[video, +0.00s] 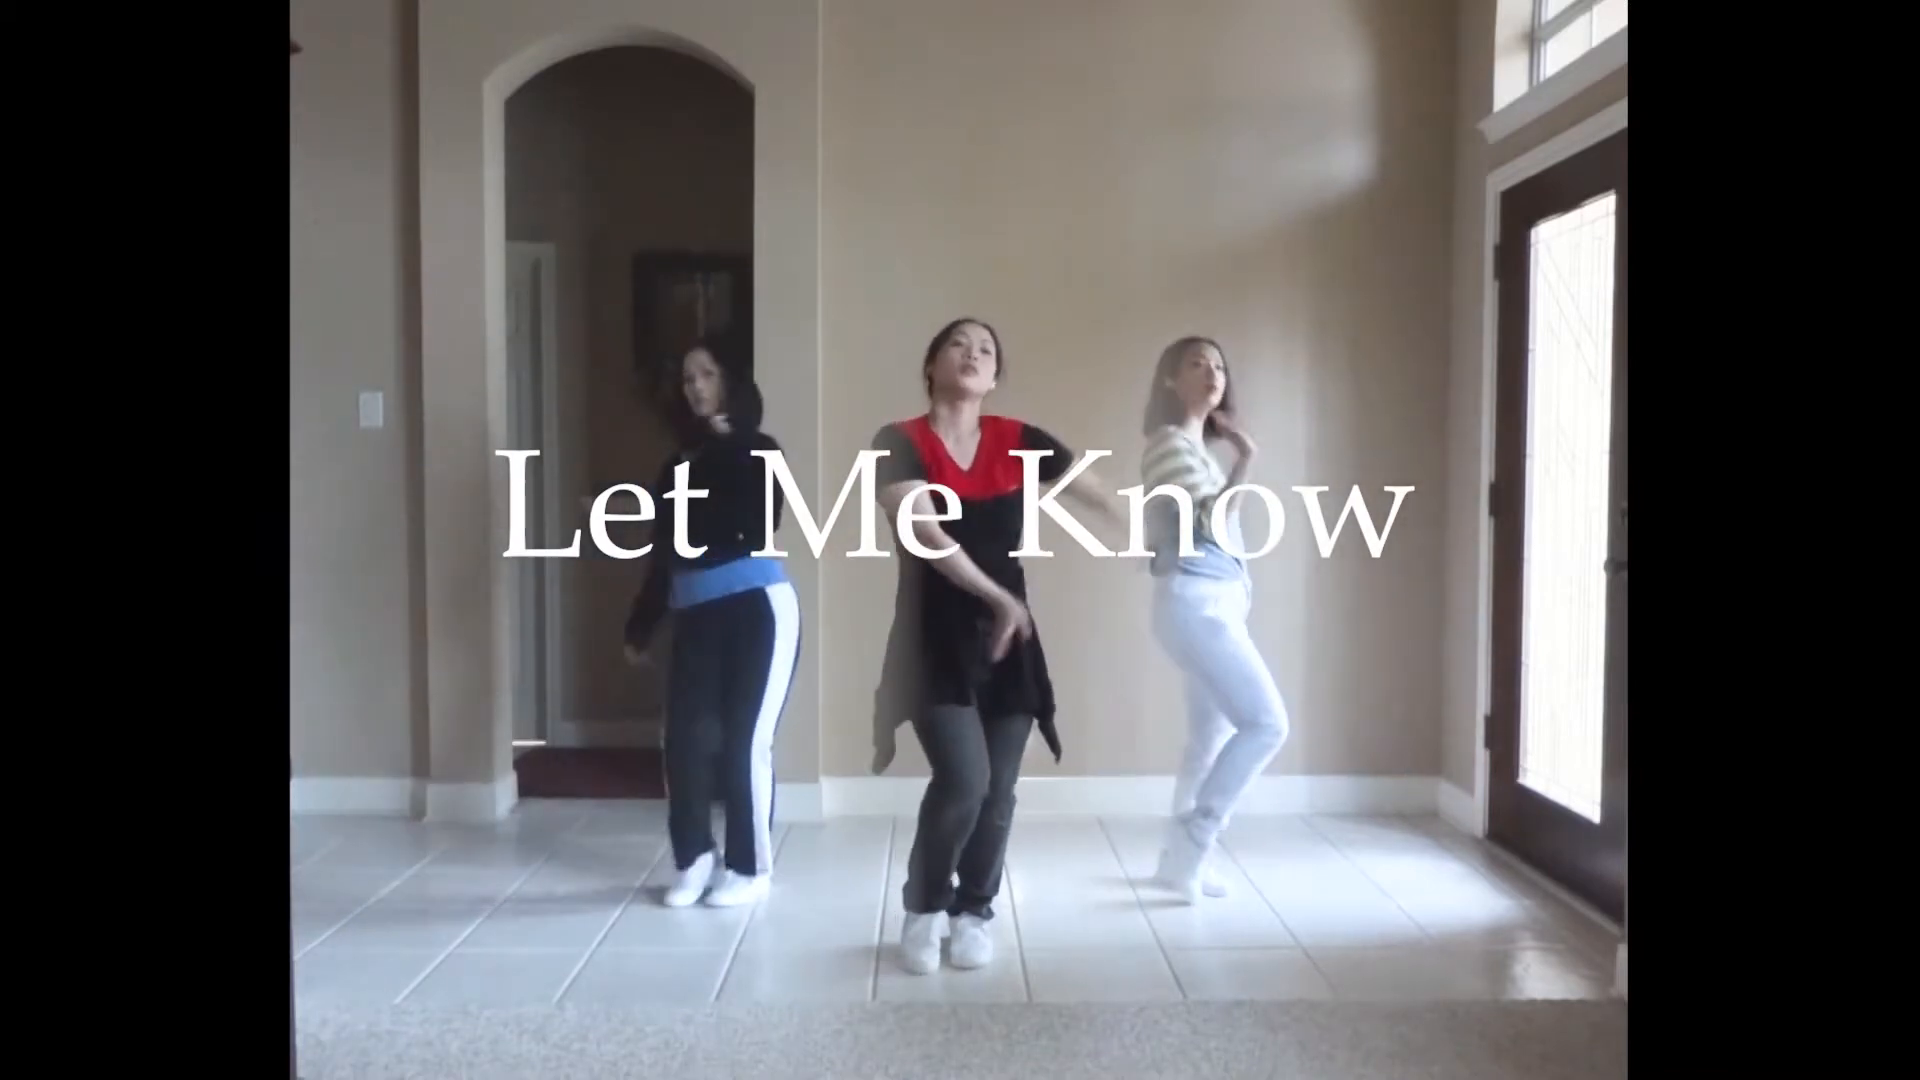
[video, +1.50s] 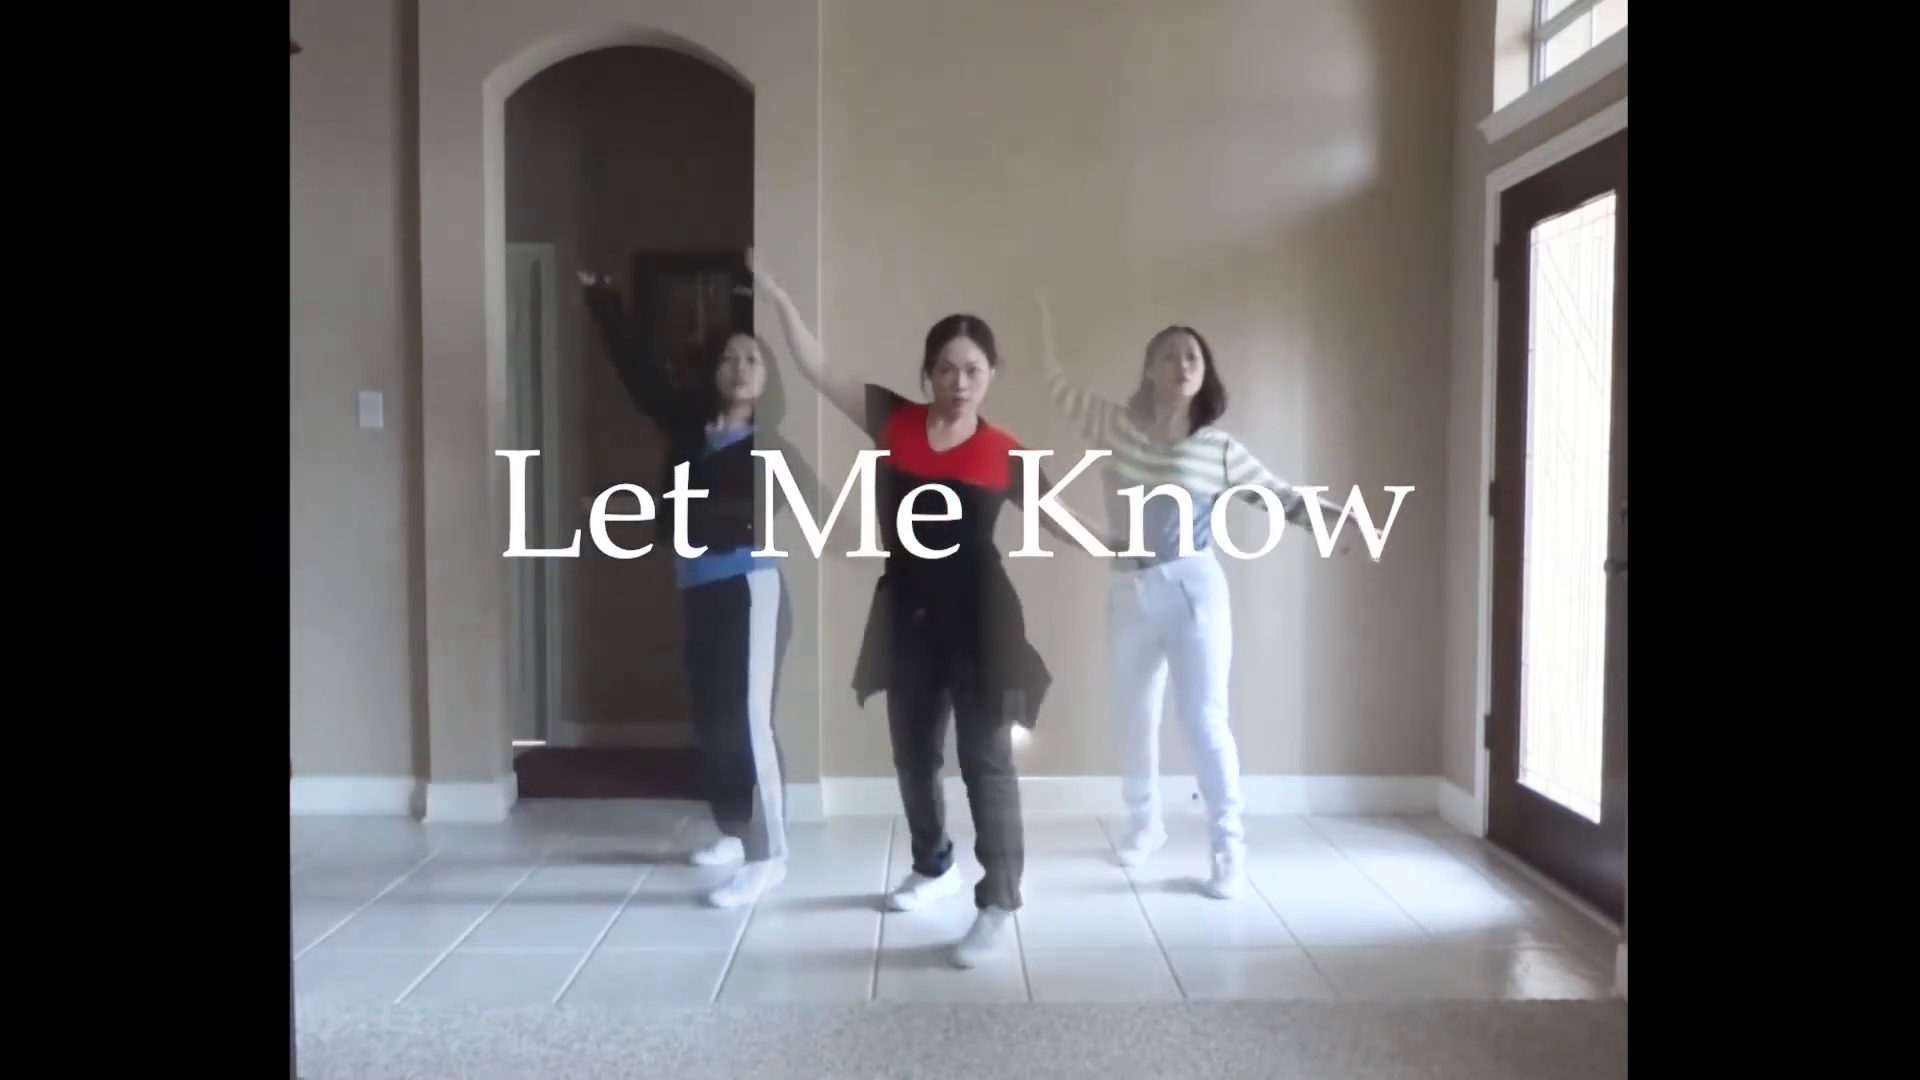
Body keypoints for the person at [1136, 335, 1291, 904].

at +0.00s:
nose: (1211, 373)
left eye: (1218, 367)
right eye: (1197, 364)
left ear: (1224, 387)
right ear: (1170, 379)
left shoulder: (1205, 447)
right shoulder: (1170, 444)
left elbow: (1207, 526)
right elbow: (1205, 518)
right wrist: (1243, 462)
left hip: (1222, 599)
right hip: (1192, 602)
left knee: (1204, 737)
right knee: (1267, 725)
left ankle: (1184, 857)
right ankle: (1189, 846)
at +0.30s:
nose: (1201, 364)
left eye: (1204, 356)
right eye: (1185, 358)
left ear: (1212, 371)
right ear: (1160, 377)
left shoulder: (1162, 439)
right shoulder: (1187, 438)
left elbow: (1173, 521)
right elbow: (1226, 519)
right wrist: (1288, 574)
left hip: (1175, 591)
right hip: (1193, 595)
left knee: (1192, 728)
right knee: (1251, 724)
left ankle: (1185, 850)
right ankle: (1182, 841)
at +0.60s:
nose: (1201, 380)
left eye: (1204, 370)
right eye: (1185, 371)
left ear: (1209, 381)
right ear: (1157, 386)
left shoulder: (1193, 433)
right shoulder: (1182, 435)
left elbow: (1244, 472)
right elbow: (1220, 513)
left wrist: (1226, 412)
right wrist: (1256, 569)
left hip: (1210, 602)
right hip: (1177, 604)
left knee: (1213, 734)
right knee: (1221, 737)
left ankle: (1187, 848)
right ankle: (1160, 846)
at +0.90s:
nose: (1198, 406)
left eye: (1206, 393)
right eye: (1185, 396)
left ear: (1218, 399)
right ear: (1159, 403)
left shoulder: (1234, 468)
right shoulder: (1136, 447)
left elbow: (1260, 549)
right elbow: (1113, 425)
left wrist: (1318, 586)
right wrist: (1100, 404)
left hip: (1229, 613)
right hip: (1165, 613)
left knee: (1228, 742)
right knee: (1203, 738)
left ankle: (1190, 855)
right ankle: (1152, 854)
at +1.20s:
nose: (1190, 374)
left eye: (1200, 364)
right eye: (1178, 364)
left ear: (1217, 374)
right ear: (1157, 374)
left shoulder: (1242, 442)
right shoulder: (1135, 434)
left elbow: (1288, 502)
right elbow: (1085, 415)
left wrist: (1326, 558)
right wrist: (1074, 377)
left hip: (1213, 605)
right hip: (1145, 601)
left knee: (1213, 740)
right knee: (1140, 731)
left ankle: (1186, 857)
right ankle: (1134, 856)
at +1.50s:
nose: (1182, 365)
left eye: (1192, 357)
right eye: (1170, 356)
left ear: (1205, 375)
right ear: (1148, 369)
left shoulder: (1218, 446)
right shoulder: (1116, 428)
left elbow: (1275, 492)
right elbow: (1060, 390)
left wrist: (1326, 517)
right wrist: (1039, 333)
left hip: (1196, 591)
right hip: (1131, 595)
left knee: (1205, 719)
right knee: (1133, 715)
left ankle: (1227, 842)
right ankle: (1145, 824)